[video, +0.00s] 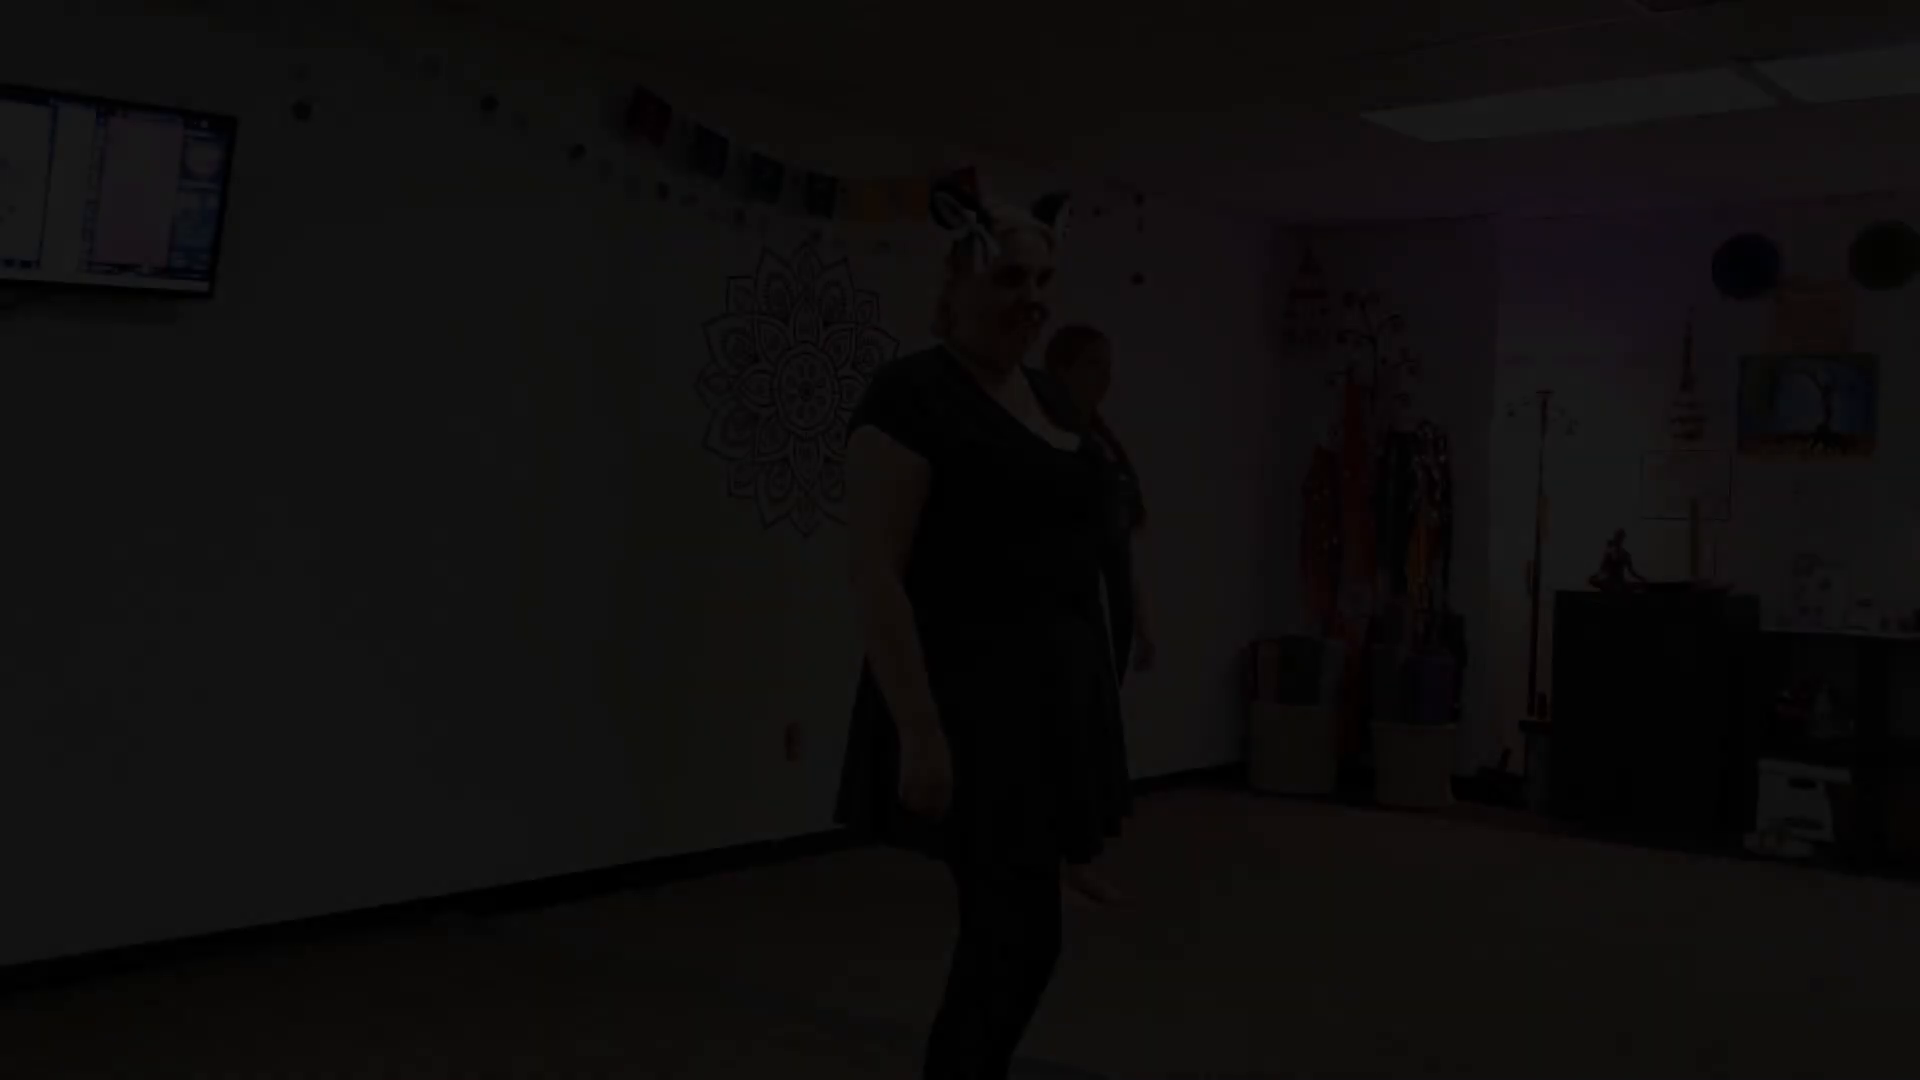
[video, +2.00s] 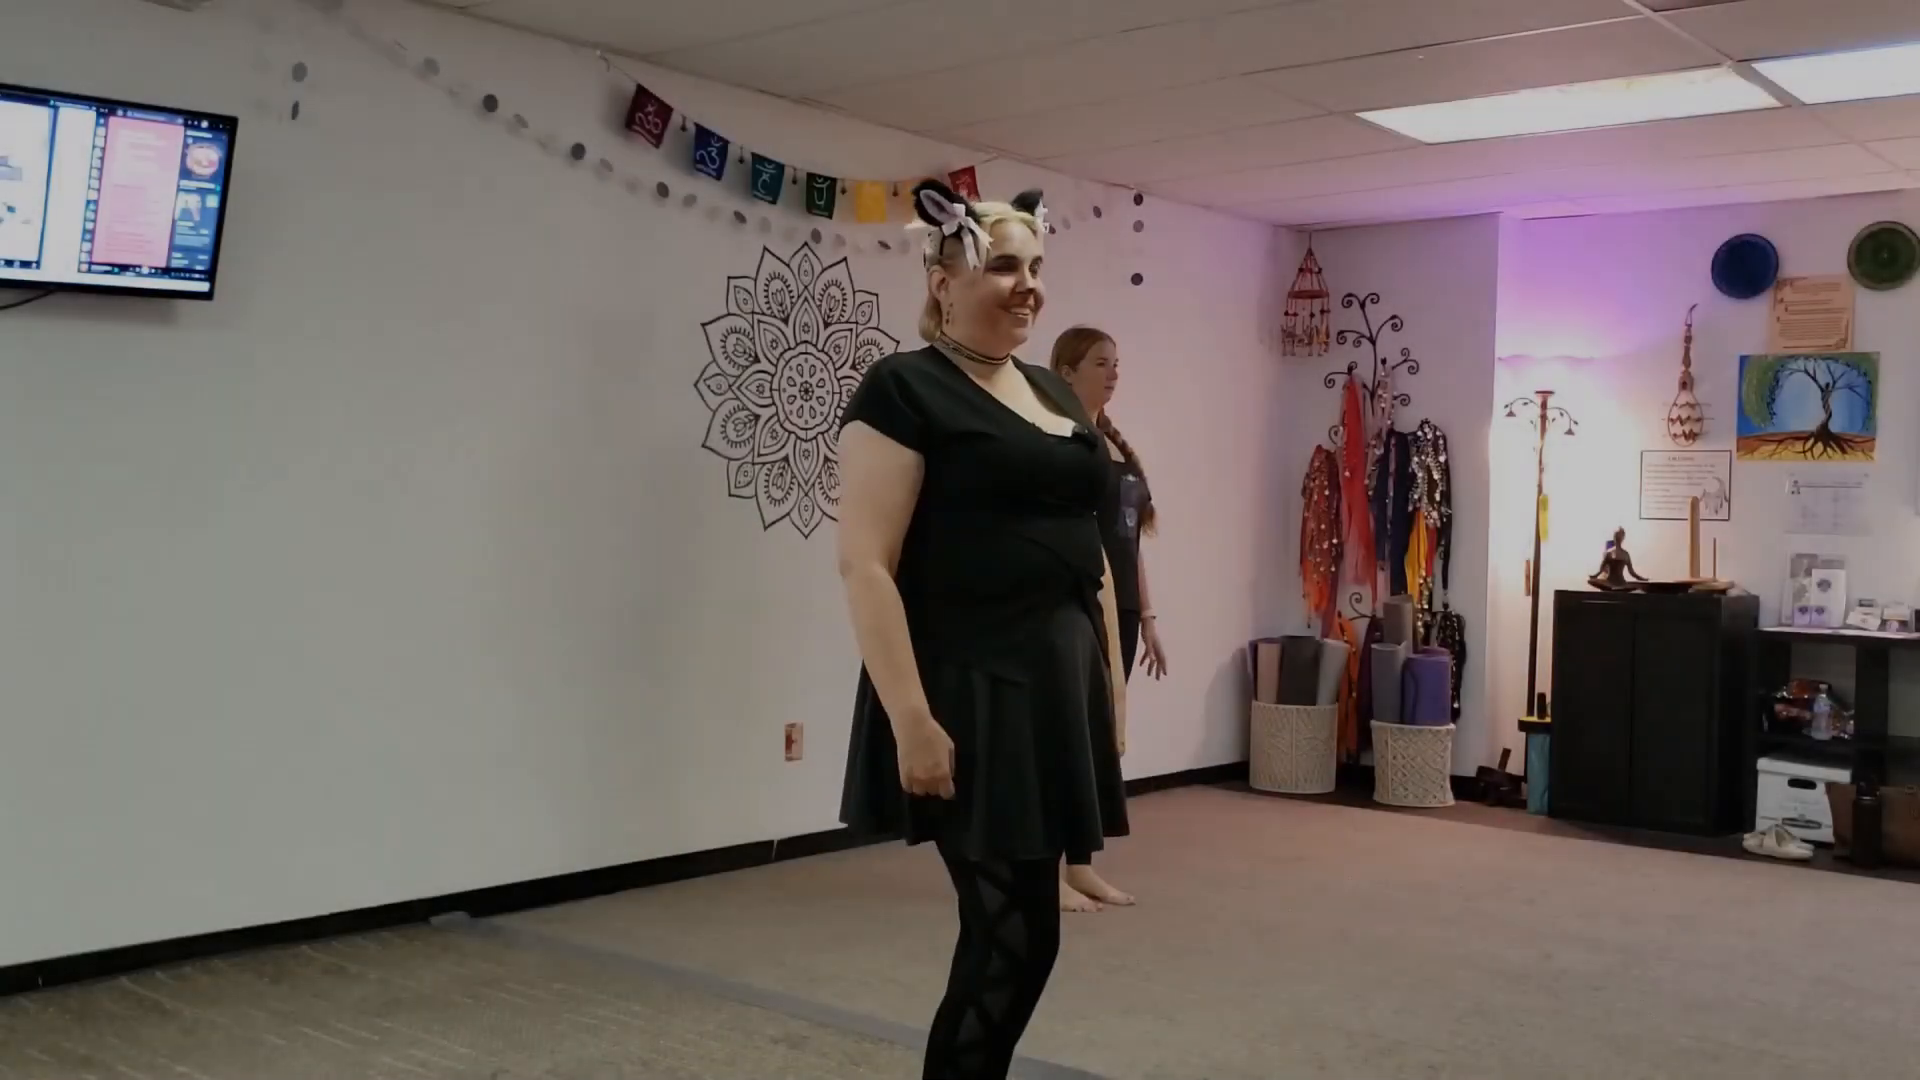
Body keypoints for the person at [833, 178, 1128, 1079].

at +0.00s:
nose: (1032, 300)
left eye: (1043, 282)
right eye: (1010, 279)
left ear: (1050, 291)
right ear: (957, 286)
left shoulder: (1040, 403)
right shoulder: (913, 396)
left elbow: (1070, 564)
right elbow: (874, 571)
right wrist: (919, 730)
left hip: (1048, 704)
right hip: (963, 709)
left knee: (1019, 940)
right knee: (1008, 945)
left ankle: (972, 1070)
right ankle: (957, 1075)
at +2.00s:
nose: (1028, 283)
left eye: (1036, 268)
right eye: (1004, 264)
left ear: (1043, 283)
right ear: (941, 282)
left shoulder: (1053, 394)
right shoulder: (902, 388)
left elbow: (1092, 555)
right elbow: (863, 564)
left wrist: (1112, 681)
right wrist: (910, 721)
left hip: (1055, 690)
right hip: (959, 692)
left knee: (1015, 938)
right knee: (1015, 940)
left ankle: (967, 1072)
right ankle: (955, 1070)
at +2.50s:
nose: (1017, 280)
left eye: (1024, 264)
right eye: (990, 267)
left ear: (1035, 282)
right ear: (938, 295)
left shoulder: (1051, 380)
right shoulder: (910, 378)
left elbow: (1102, 528)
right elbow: (896, 552)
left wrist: (1124, 663)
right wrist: (939, 713)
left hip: (1058, 679)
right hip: (967, 688)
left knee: (1021, 935)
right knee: (1017, 940)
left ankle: (970, 1068)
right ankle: (956, 1071)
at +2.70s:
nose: (1018, 279)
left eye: (1024, 264)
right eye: (990, 268)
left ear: (1034, 281)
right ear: (939, 296)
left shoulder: (1052, 381)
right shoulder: (909, 379)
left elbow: (1101, 526)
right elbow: (895, 550)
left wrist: (1125, 665)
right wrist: (937, 715)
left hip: (1060, 677)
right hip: (968, 686)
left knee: (1021, 936)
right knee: (1017, 941)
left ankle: (972, 1068)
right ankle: (957, 1070)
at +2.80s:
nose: (1019, 281)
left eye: (1026, 266)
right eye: (993, 268)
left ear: (1036, 283)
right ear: (939, 296)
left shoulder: (1052, 382)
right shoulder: (909, 378)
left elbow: (1103, 534)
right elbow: (895, 550)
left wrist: (1124, 673)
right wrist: (939, 714)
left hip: (1059, 678)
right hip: (967, 687)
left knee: (1020, 934)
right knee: (1018, 940)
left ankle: (970, 1067)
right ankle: (958, 1069)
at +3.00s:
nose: (1027, 284)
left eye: (1031, 269)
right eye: (1000, 271)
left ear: (1039, 282)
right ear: (941, 298)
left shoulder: (1051, 386)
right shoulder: (910, 379)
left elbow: (1102, 535)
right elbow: (897, 554)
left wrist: (1124, 675)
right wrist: (931, 720)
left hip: (1060, 683)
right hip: (968, 689)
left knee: (1021, 937)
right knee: (1019, 941)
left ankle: (969, 1069)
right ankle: (957, 1072)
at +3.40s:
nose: (1048, 282)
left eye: (1059, 265)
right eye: (1025, 264)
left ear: (1068, 271)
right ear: (967, 272)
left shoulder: (1075, 383)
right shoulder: (921, 375)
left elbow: (1116, 549)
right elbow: (846, 541)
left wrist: (1222, 635)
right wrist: (830, 698)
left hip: (1051, 666)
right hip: (942, 664)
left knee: (990, 918)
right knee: (1074, 898)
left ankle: (965, 1076)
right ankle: (1033, 1070)